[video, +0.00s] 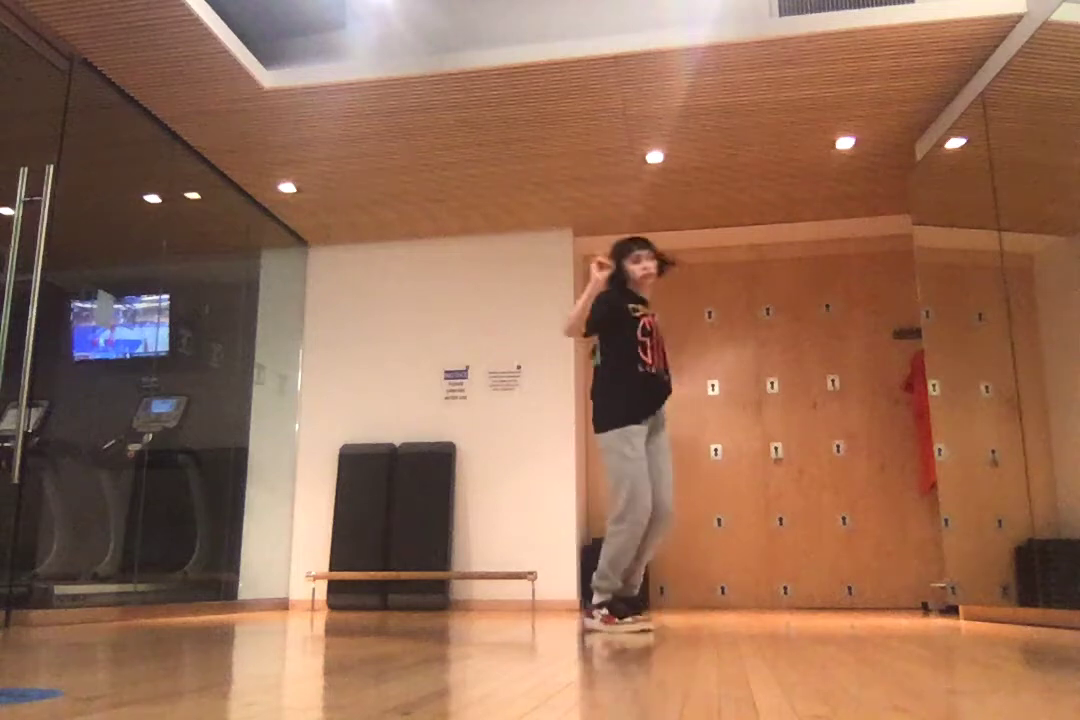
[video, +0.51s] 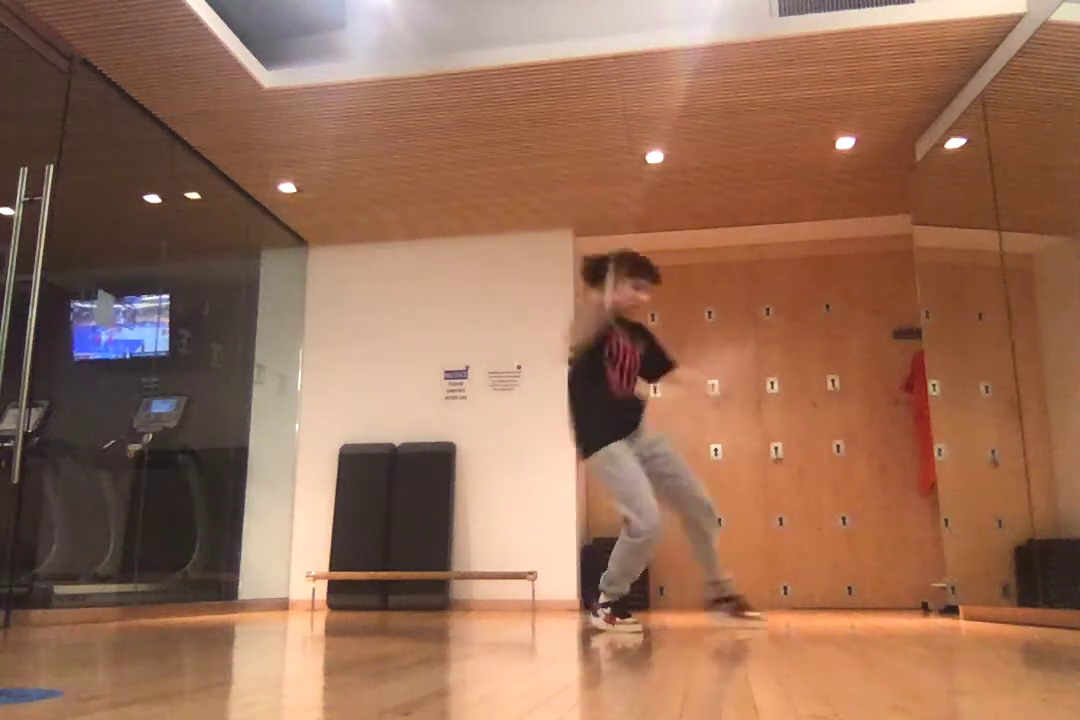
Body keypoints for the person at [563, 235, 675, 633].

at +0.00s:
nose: (646, 267)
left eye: (650, 261)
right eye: (636, 262)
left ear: (657, 268)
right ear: (621, 269)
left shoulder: (644, 306)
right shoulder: (612, 301)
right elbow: (573, 328)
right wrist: (594, 285)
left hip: (652, 414)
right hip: (619, 419)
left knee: (661, 509)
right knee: (634, 506)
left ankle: (624, 596)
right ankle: (599, 603)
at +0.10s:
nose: (626, 269)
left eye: (631, 263)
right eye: (617, 264)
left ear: (638, 269)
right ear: (603, 271)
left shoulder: (631, 311)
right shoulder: (604, 307)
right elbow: (575, 320)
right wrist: (585, 270)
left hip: (652, 421)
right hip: (622, 426)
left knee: (656, 516)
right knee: (638, 514)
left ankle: (620, 602)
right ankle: (601, 604)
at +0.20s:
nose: (613, 274)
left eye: (618, 267)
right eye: (604, 268)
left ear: (626, 274)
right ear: (590, 276)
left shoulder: (621, 316)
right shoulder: (596, 316)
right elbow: (575, 299)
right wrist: (576, 252)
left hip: (655, 424)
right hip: (630, 426)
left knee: (653, 519)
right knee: (638, 516)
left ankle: (618, 603)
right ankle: (604, 604)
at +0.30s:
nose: (608, 279)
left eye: (613, 272)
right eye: (600, 271)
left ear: (618, 279)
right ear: (584, 276)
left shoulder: (609, 313)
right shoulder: (586, 310)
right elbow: (576, 276)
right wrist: (571, 226)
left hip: (659, 418)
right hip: (636, 420)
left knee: (658, 514)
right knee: (638, 511)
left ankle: (620, 601)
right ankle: (602, 604)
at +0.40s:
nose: (618, 284)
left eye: (622, 278)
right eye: (611, 276)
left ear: (623, 282)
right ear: (593, 278)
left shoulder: (605, 310)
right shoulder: (584, 309)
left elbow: (578, 266)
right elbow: (581, 270)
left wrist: (580, 228)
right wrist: (586, 221)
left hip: (656, 413)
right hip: (628, 421)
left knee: (683, 504)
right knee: (650, 512)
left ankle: (649, 590)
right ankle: (606, 600)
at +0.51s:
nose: (642, 298)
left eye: (646, 291)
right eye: (635, 288)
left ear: (648, 294)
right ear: (610, 288)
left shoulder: (636, 334)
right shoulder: (590, 331)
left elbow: (667, 376)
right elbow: (579, 337)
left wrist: (707, 385)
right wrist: (599, 303)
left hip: (636, 433)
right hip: (602, 442)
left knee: (696, 505)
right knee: (646, 521)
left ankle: (720, 595)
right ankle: (605, 603)